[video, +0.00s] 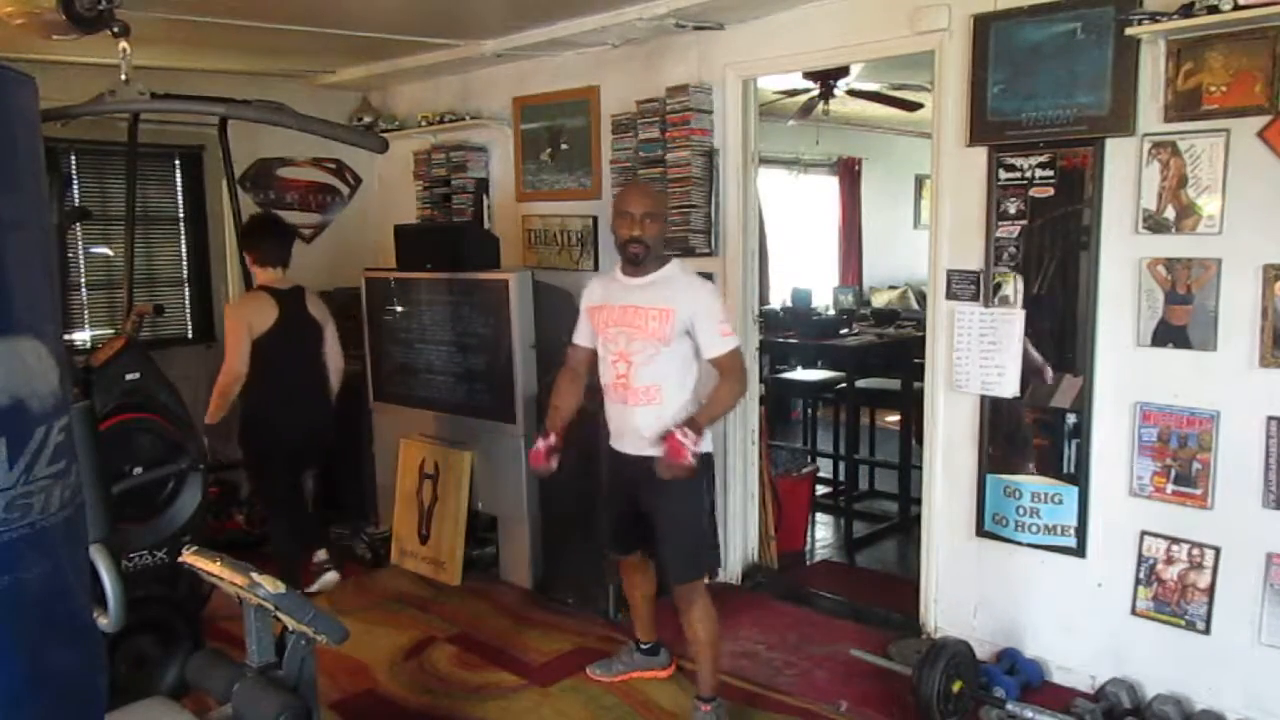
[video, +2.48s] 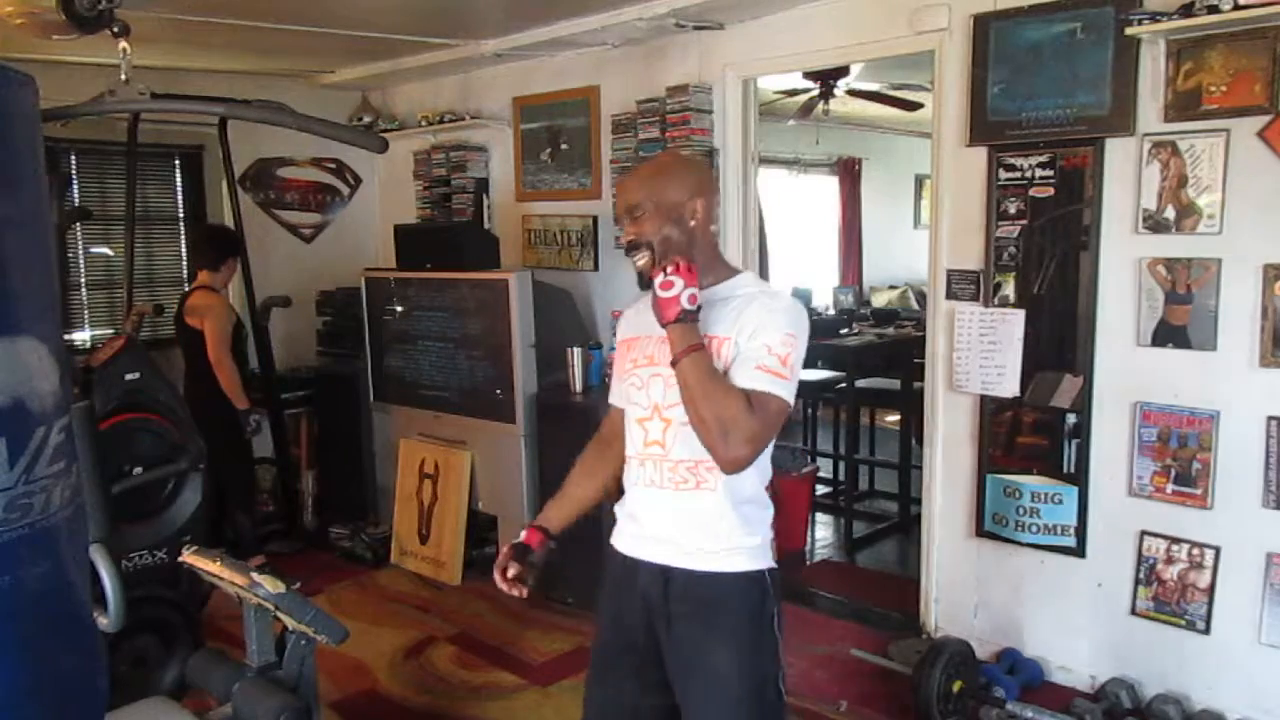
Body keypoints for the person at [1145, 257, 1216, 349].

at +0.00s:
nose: (1180, 273)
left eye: (1183, 269)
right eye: (1177, 269)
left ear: (1189, 271)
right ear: (1172, 272)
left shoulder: (1192, 287)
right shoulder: (1168, 286)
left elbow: (1212, 268)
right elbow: (1151, 266)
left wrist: (1198, 261)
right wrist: (1166, 261)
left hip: (1182, 329)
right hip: (1165, 328)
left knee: (1189, 358)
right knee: (1154, 356)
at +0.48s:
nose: (1185, 272)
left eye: (1187, 269)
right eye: (1182, 269)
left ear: (1189, 271)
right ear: (1173, 271)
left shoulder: (1191, 287)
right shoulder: (1168, 286)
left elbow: (1212, 268)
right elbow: (1151, 266)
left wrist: (1196, 262)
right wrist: (1164, 261)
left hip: (1182, 329)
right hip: (1165, 328)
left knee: (1189, 359)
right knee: (1154, 357)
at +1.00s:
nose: (1180, 274)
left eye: (1183, 270)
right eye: (1177, 270)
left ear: (1188, 273)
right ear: (1173, 272)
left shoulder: (1191, 288)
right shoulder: (1168, 286)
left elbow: (1212, 269)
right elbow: (1151, 266)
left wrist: (1198, 261)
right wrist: (1166, 261)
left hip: (1182, 329)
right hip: (1165, 327)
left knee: (1189, 358)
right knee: (1154, 355)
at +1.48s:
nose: (1180, 273)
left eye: (1183, 270)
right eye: (1177, 270)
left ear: (1188, 272)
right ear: (1172, 273)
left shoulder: (1191, 288)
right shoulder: (1168, 286)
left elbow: (1212, 269)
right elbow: (1151, 265)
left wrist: (1197, 262)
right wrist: (1166, 261)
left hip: (1181, 329)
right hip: (1164, 327)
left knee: (1189, 358)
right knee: (1154, 356)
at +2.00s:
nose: (1182, 272)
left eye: (1184, 269)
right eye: (1180, 269)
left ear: (1188, 272)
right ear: (1174, 271)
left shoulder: (1192, 287)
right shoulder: (1168, 286)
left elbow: (1213, 268)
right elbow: (1151, 266)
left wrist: (1195, 262)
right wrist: (1165, 261)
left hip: (1181, 329)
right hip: (1165, 327)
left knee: (1191, 357)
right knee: (1154, 356)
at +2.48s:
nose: (1180, 272)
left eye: (1183, 269)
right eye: (1177, 269)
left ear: (1188, 272)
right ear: (1173, 272)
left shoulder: (1191, 287)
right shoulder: (1168, 286)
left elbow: (1213, 269)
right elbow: (1151, 266)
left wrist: (1196, 263)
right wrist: (1166, 262)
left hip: (1181, 329)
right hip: (1165, 327)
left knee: (1189, 357)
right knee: (1155, 356)